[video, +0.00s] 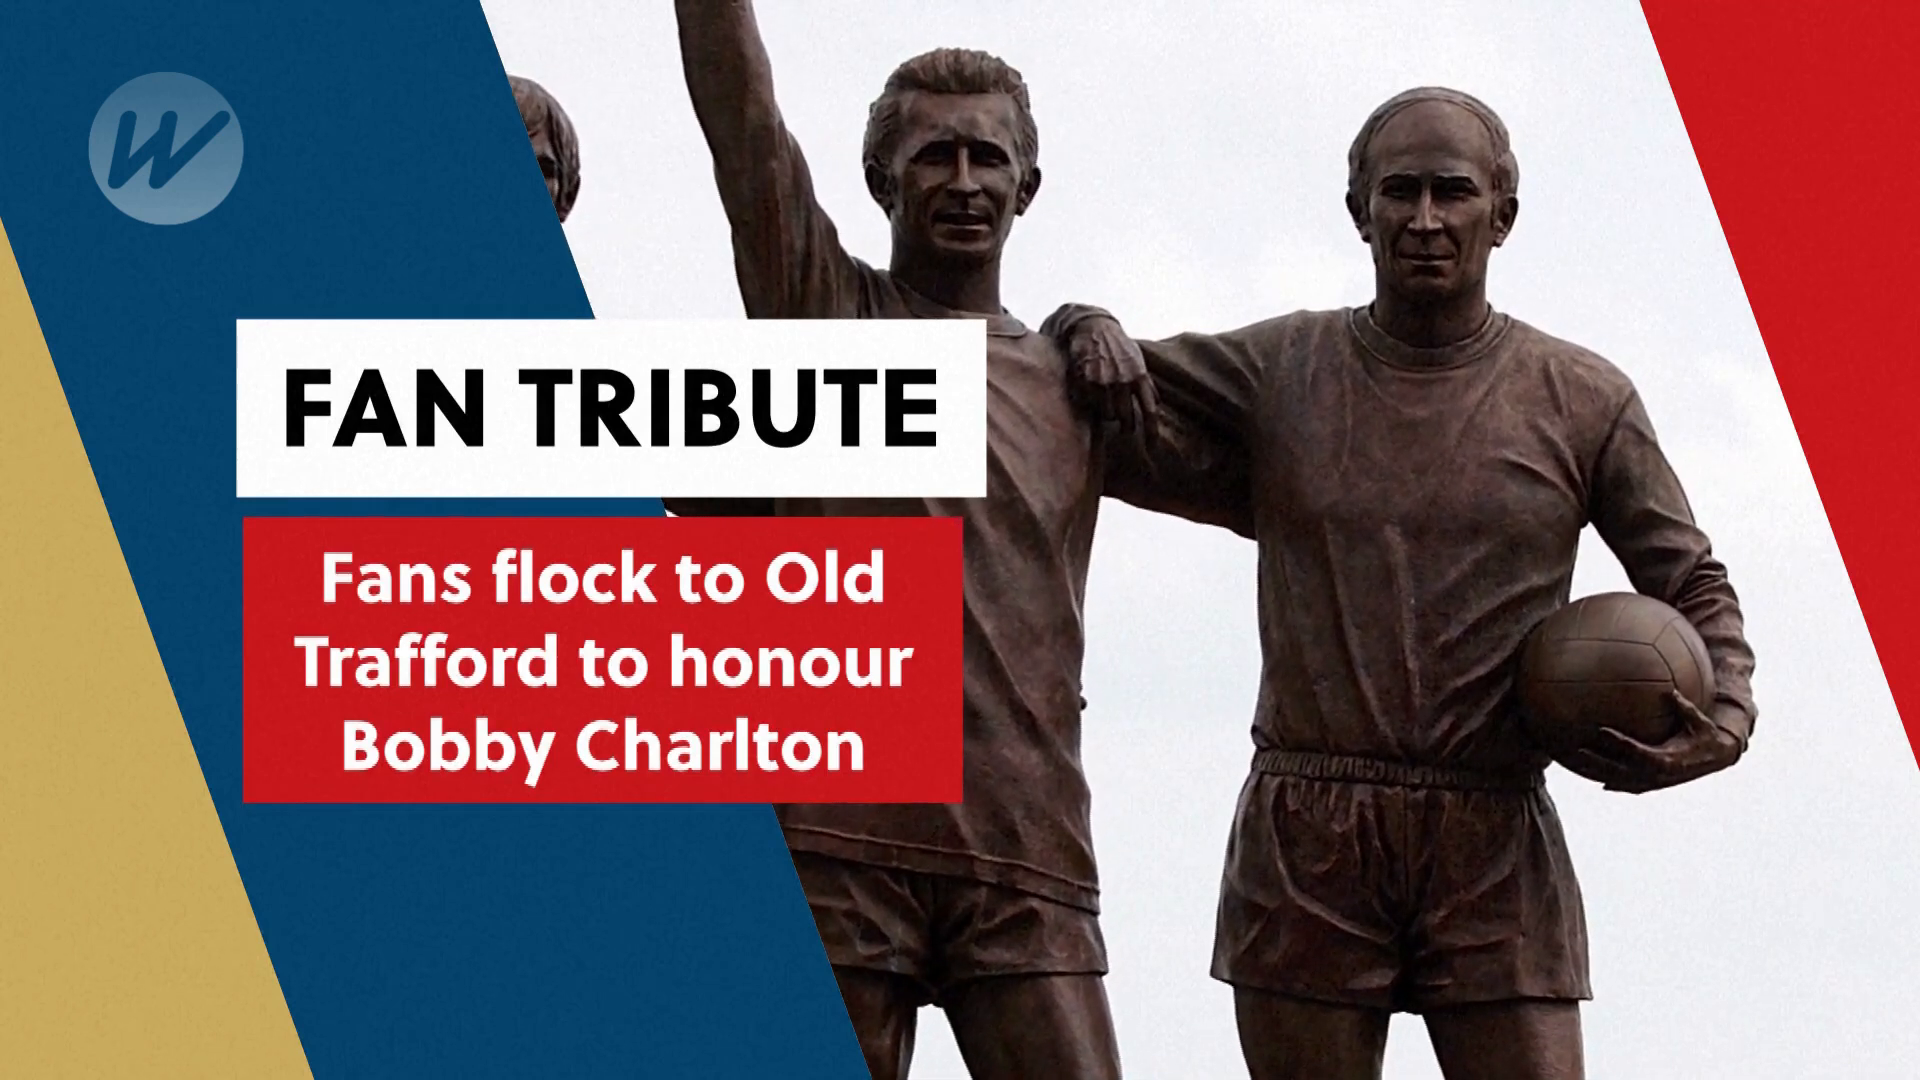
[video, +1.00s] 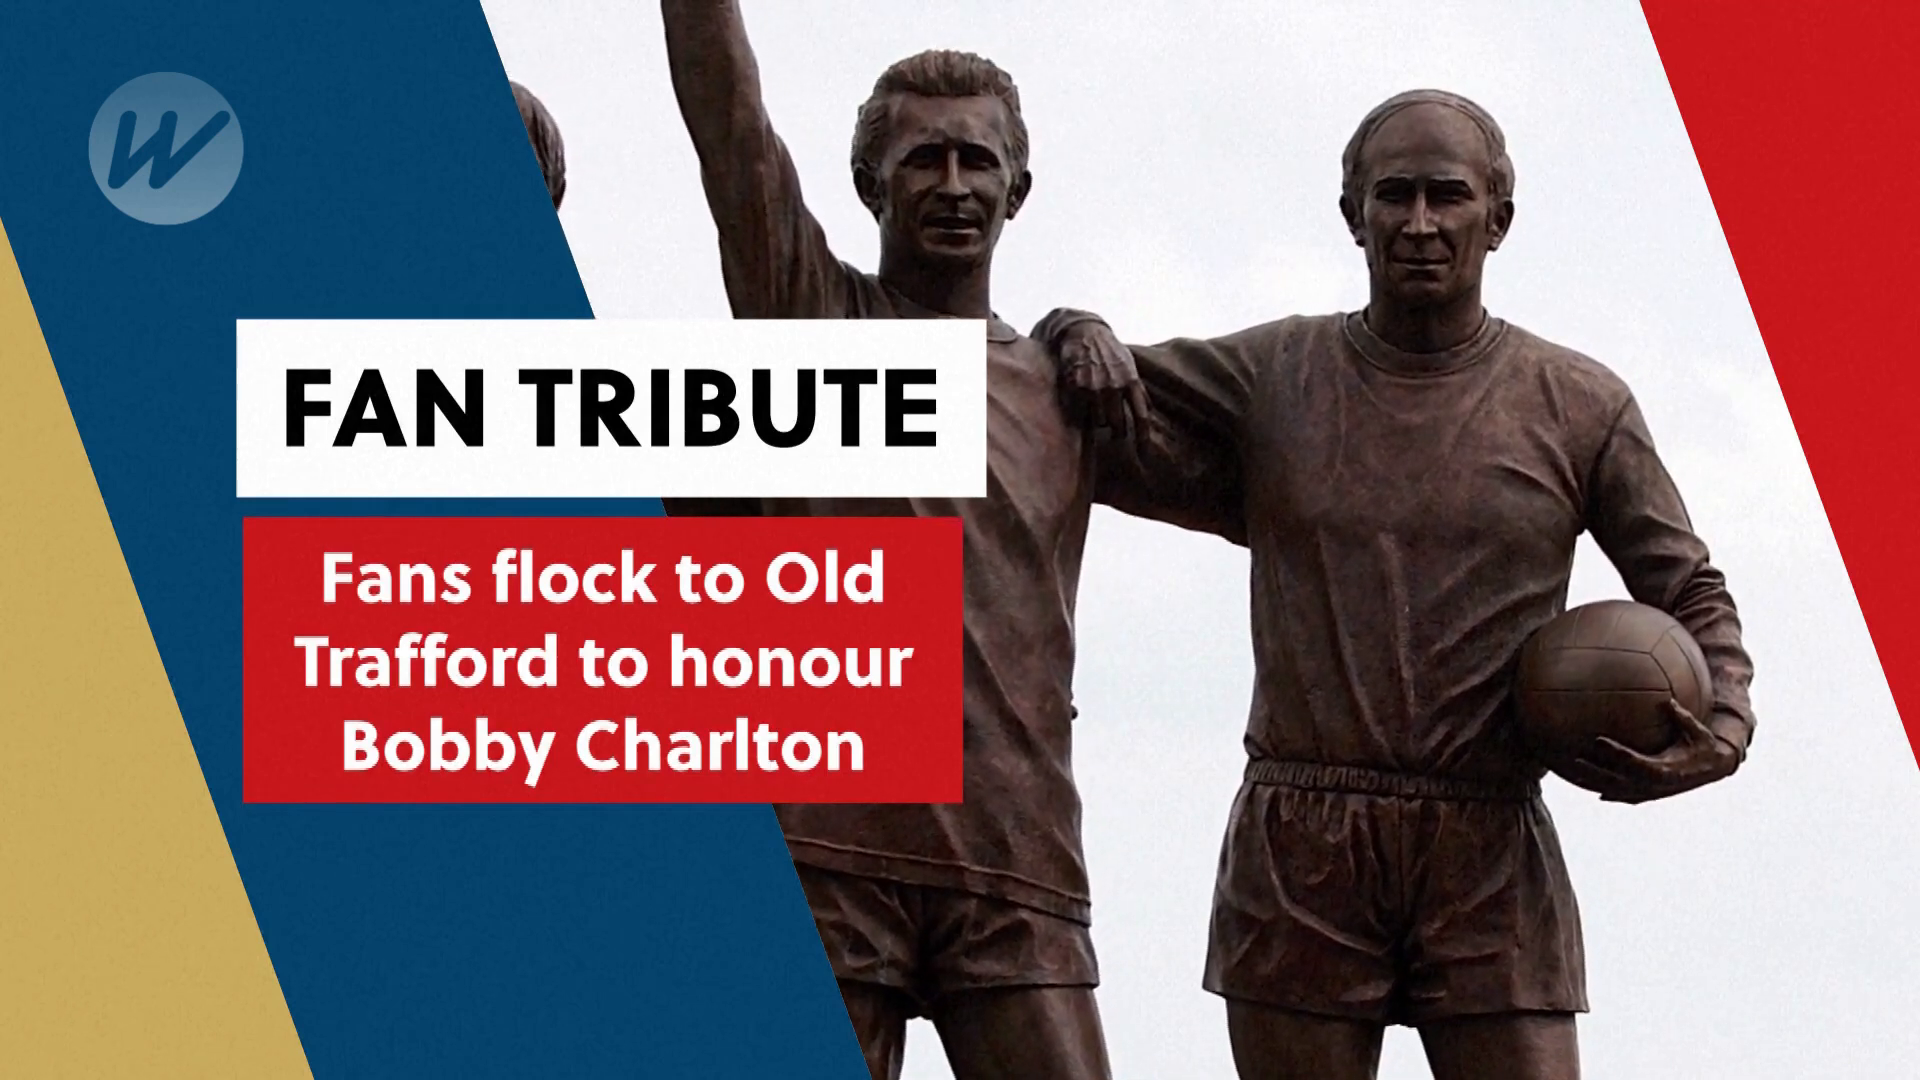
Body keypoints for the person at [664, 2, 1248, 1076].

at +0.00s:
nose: (963, 178)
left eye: (987, 156)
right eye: (933, 156)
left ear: (1024, 184)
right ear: (882, 182)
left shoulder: (1077, 388)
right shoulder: (820, 314)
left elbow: (1283, 482)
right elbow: (741, 122)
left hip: (1027, 859)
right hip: (833, 851)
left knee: (1079, 1067)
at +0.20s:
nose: (962, 179)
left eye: (986, 157)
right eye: (932, 156)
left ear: (1022, 185)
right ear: (879, 183)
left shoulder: (1074, 389)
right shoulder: (817, 315)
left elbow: (1281, 487)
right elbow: (734, 111)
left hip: (1025, 862)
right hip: (830, 853)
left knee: (1076, 1062)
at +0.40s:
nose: (959, 180)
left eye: (984, 157)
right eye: (930, 157)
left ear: (1020, 184)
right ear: (877, 181)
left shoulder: (1072, 391)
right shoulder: (816, 316)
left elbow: (1280, 490)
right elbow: (736, 123)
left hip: (1023, 865)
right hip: (829, 856)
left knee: (1073, 1061)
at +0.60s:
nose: (958, 181)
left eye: (982, 158)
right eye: (928, 158)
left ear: (1019, 184)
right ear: (874, 181)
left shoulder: (1071, 390)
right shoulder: (813, 318)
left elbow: (1278, 487)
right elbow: (733, 126)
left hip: (1020, 863)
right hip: (827, 858)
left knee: (1073, 1067)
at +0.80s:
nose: (956, 182)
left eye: (980, 158)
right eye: (926, 158)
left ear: (1017, 185)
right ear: (873, 182)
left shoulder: (1069, 390)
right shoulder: (811, 318)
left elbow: (1272, 488)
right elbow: (731, 128)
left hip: (1018, 865)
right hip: (826, 860)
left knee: (1068, 1061)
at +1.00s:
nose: (955, 183)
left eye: (979, 159)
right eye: (924, 159)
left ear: (1017, 187)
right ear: (870, 183)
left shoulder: (1070, 393)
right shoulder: (808, 319)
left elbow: (1270, 487)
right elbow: (729, 125)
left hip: (1017, 867)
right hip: (824, 862)